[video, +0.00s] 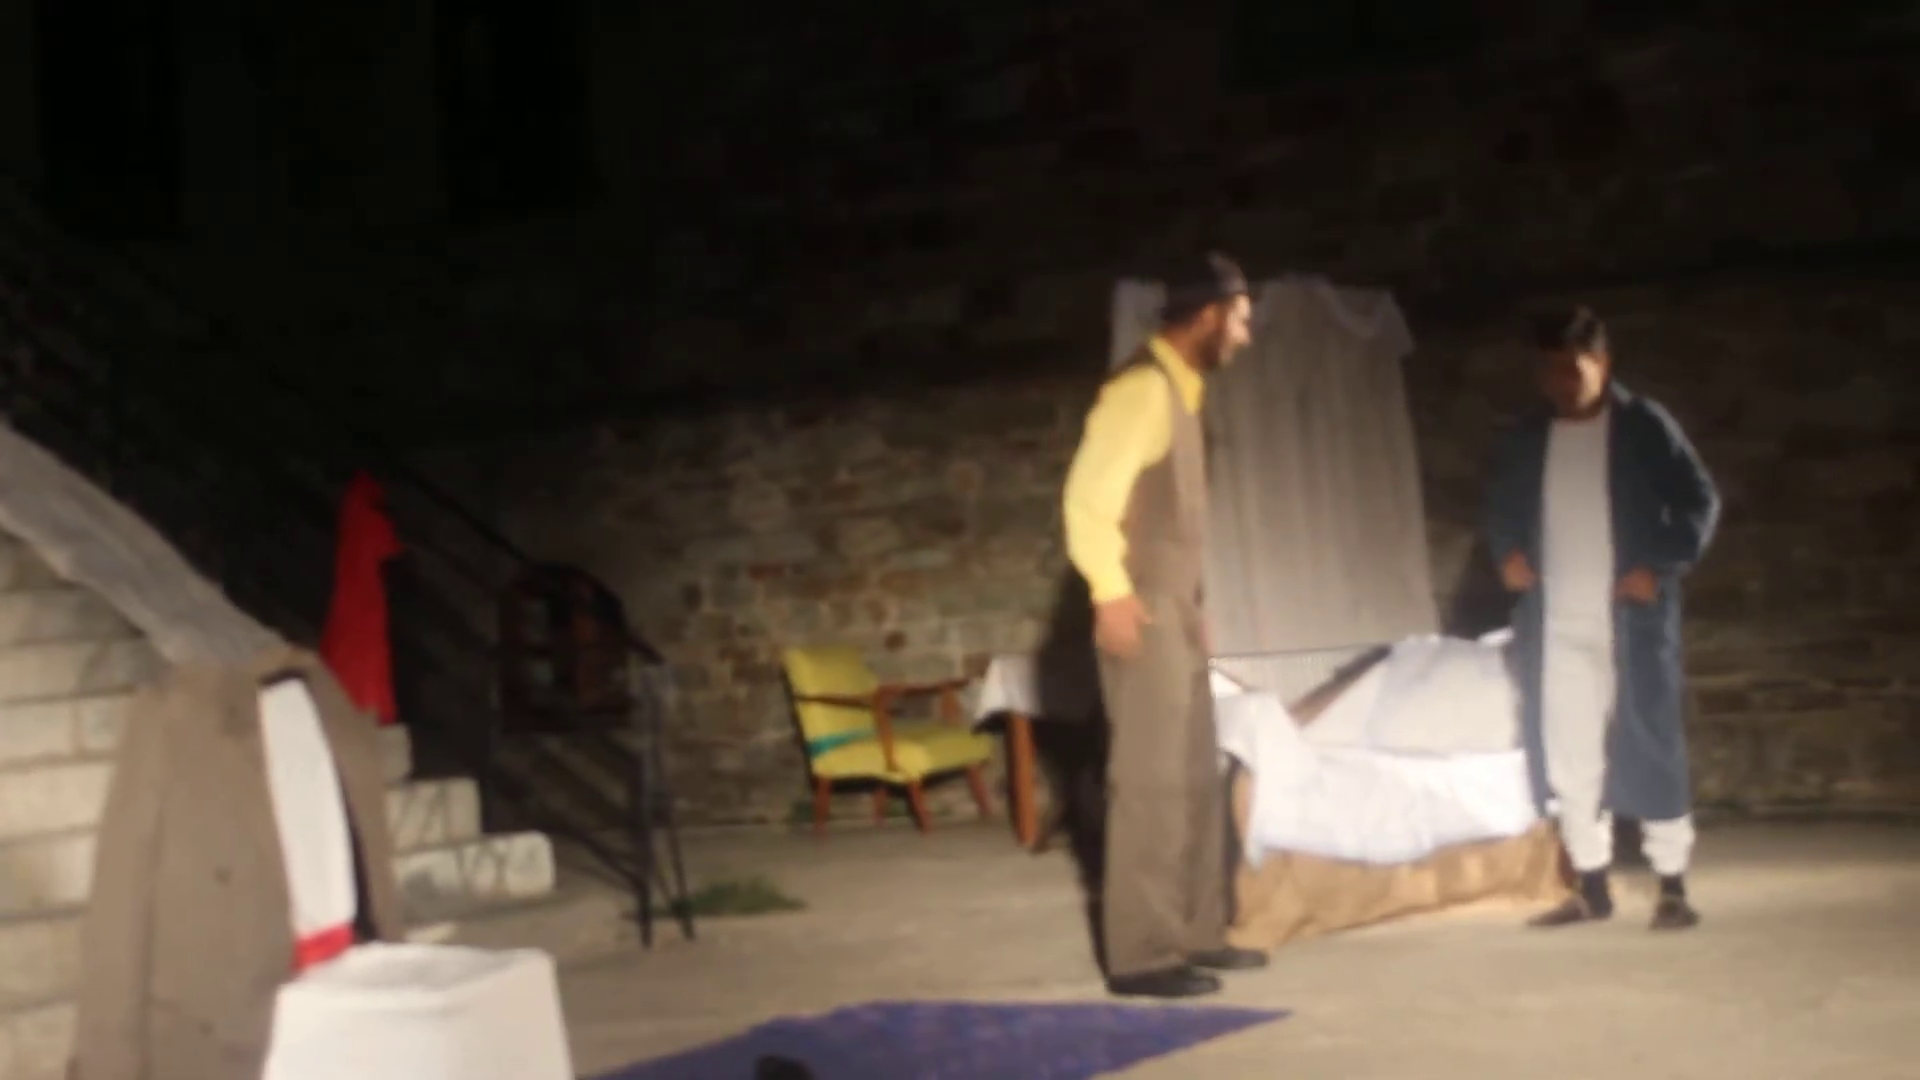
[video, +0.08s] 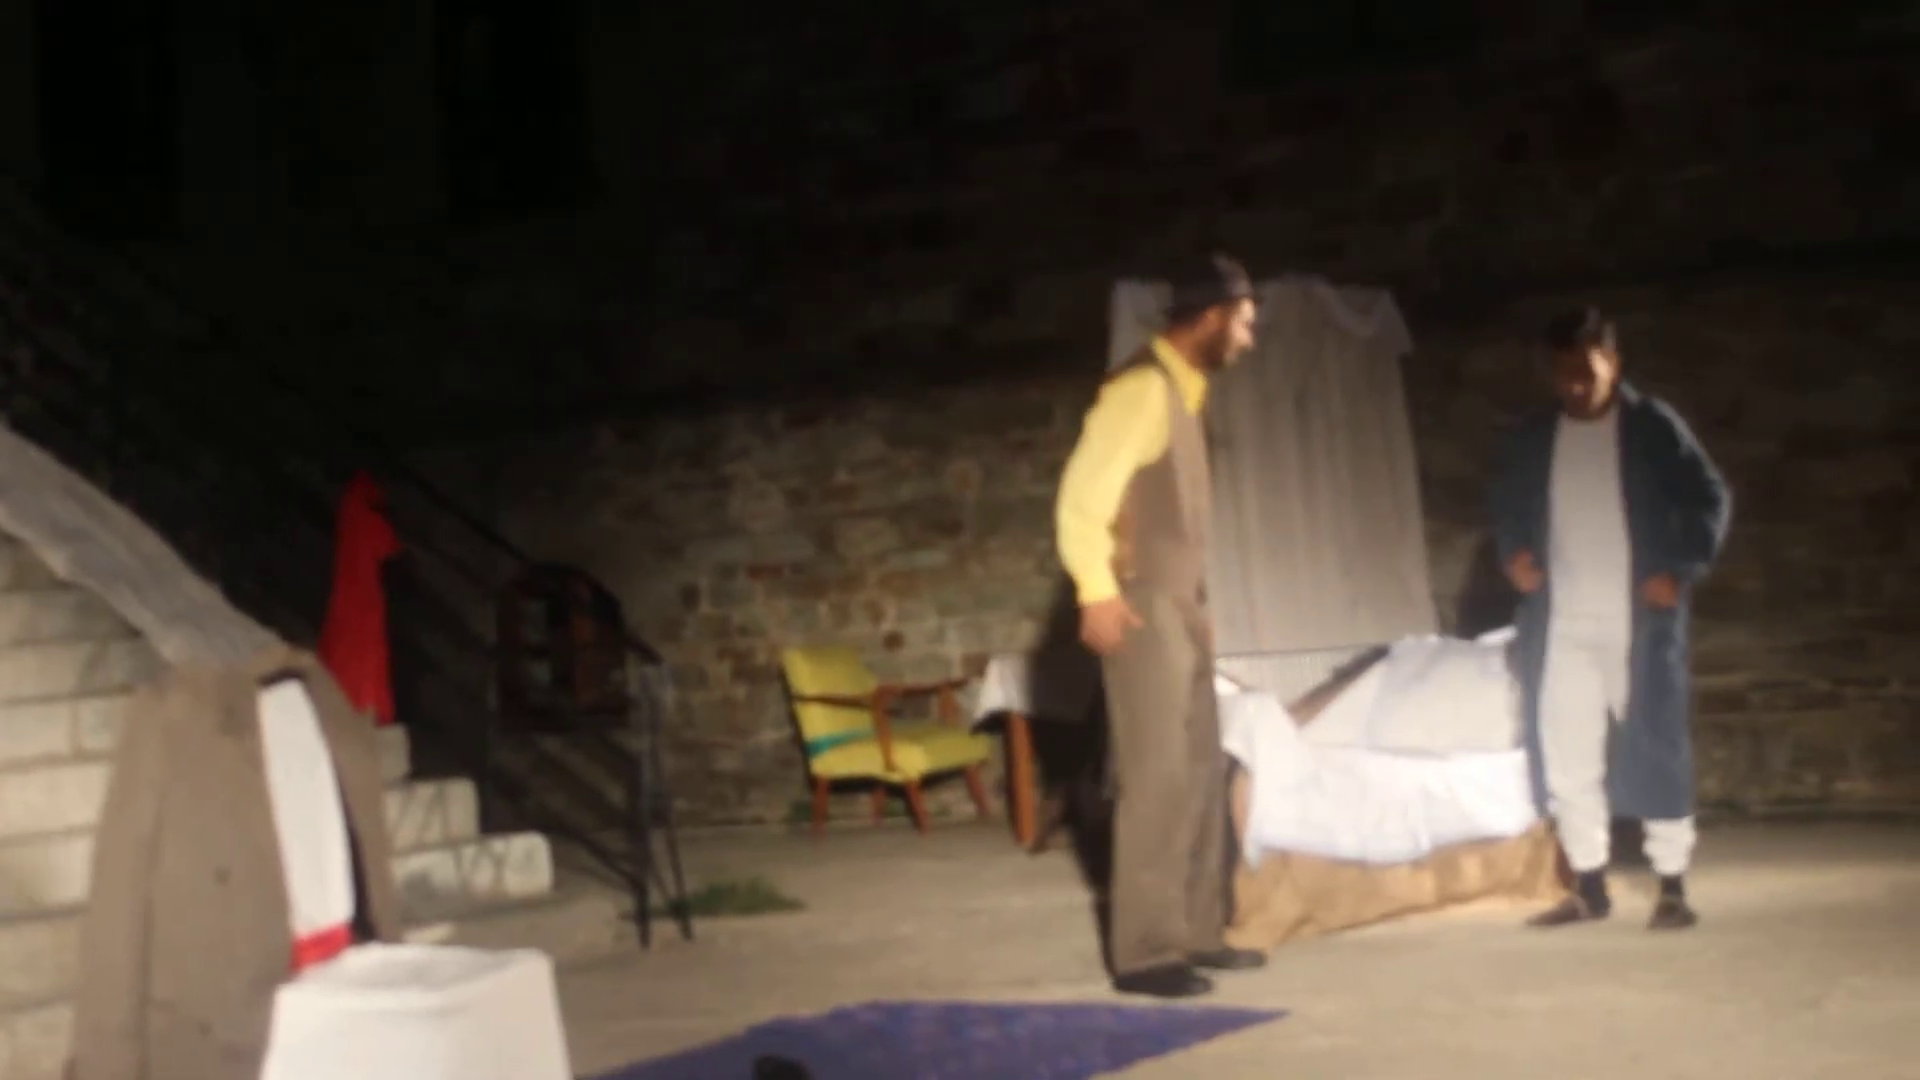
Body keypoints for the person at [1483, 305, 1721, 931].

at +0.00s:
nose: (1566, 382)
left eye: (1576, 368)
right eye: (1555, 370)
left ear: (1602, 361)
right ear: (1541, 372)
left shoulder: (1644, 425)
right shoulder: (1522, 439)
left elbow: (1697, 503)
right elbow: (1499, 506)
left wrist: (1659, 568)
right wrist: (1507, 552)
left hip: (1634, 627)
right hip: (1558, 630)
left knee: (1653, 747)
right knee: (1567, 753)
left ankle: (1672, 886)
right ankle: (1591, 889)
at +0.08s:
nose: (1578, 387)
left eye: (1589, 373)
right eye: (1568, 374)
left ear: (1614, 367)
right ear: (1552, 374)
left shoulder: (1653, 426)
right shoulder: (1528, 438)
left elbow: (1708, 501)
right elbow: (1504, 504)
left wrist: (1676, 573)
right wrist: (1514, 552)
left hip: (1641, 631)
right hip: (1562, 633)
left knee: (1658, 752)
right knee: (1566, 759)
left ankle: (1671, 886)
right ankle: (1590, 887)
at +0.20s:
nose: (1573, 392)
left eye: (1584, 378)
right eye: (1561, 379)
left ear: (1607, 370)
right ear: (1544, 376)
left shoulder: (1643, 429)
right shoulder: (1521, 435)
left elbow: (1700, 505)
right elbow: (1494, 504)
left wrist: (1667, 577)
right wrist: (1510, 557)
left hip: (1627, 635)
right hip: (1553, 635)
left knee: (1640, 760)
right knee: (1540, 763)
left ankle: (1649, 886)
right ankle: (1562, 883)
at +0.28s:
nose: (1571, 395)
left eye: (1582, 381)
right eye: (1560, 382)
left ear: (1603, 371)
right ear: (1541, 375)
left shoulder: (1636, 428)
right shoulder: (1514, 432)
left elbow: (1685, 504)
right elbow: (1486, 502)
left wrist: (1652, 571)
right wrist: (1504, 554)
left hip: (1616, 629)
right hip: (1542, 629)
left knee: (1631, 755)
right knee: (1535, 761)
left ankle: (1640, 885)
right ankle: (1550, 885)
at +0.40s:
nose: (1576, 399)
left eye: (1588, 386)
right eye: (1565, 385)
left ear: (1608, 376)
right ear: (1545, 376)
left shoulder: (1636, 429)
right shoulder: (1513, 431)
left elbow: (1681, 504)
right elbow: (1483, 500)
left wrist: (1641, 562)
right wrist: (1504, 551)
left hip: (1612, 627)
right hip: (1540, 626)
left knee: (1624, 750)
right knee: (1543, 753)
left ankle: (1640, 885)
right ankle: (1548, 889)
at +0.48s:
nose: (1571, 400)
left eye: (1582, 387)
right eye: (1561, 386)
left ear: (1602, 376)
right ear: (1540, 376)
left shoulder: (1629, 429)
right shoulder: (1510, 431)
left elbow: (1674, 504)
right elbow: (1473, 499)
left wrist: (1634, 560)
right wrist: (1494, 550)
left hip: (1604, 628)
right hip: (1530, 626)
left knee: (1617, 752)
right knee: (1536, 756)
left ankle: (1635, 885)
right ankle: (1544, 891)